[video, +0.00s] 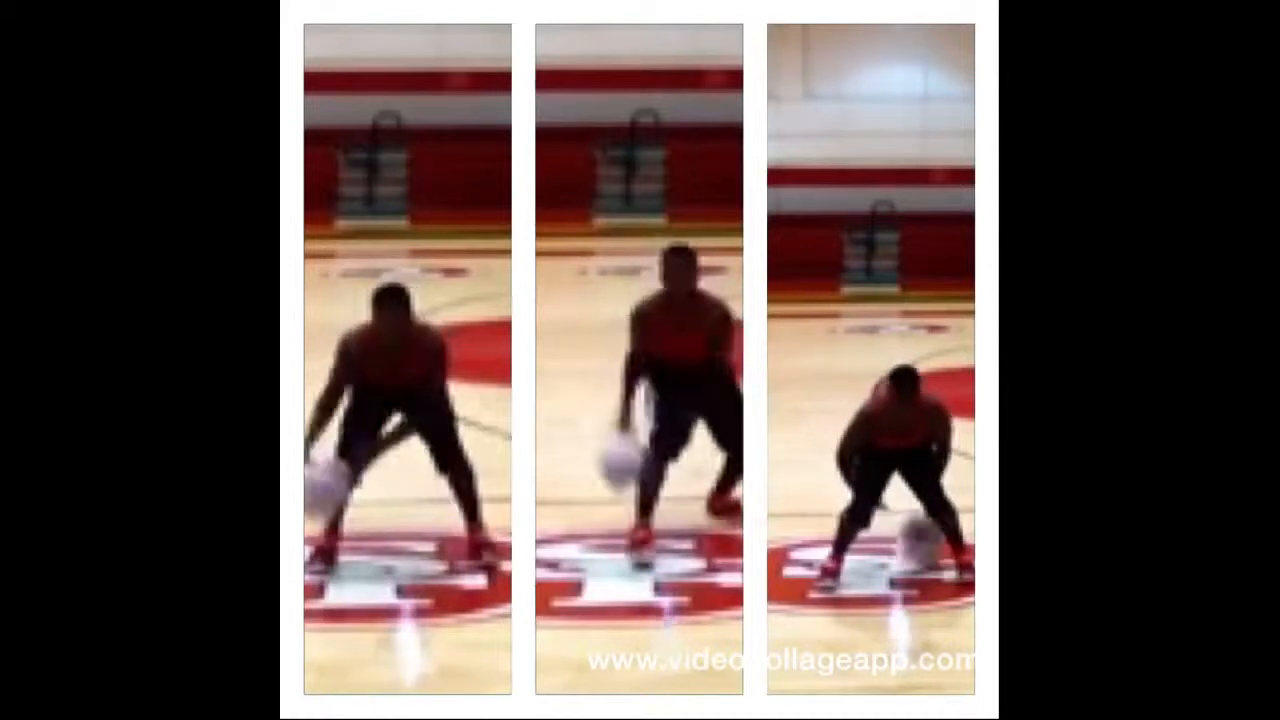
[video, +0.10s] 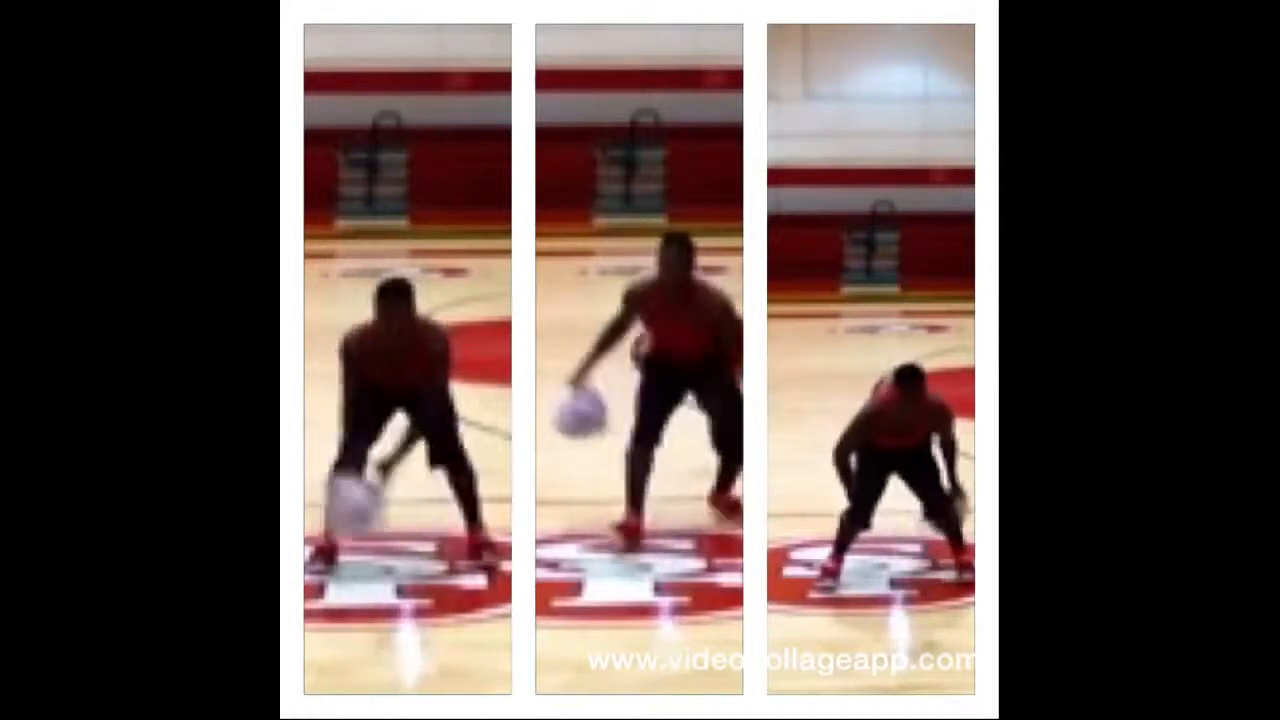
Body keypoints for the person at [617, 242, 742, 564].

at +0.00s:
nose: (678, 281)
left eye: (684, 274)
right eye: (672, 274)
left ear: (695, 274)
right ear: (663, 275)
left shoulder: (715, 313)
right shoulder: (647, 315)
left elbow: (726, 363)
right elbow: (634, 364)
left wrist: (734, 400)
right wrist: (626, 413)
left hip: (711, 383)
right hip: (670, 386)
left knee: (741, 444)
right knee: (664, 445)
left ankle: (720, 497)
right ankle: (643, 521)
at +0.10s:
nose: (673, 271)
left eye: (680, 264)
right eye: (667, 263)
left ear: (691, 264)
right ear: (658, 263)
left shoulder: (713, 302)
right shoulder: (642, 296)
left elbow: (738, 345)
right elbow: (617, 329)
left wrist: (739, 380)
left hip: (709, 369)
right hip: (663, 367)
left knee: (735, 437)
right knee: (642, 441)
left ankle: (721, 493)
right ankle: (634, 516)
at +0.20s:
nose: (671, 269)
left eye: (678, 262)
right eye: (665, 261)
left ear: (690, 263)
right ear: (658, 260)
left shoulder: (712, 298)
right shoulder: (637, 292)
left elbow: (740, 339)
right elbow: (599, 328)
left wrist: (739, 382)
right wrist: (568, 372)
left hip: (704, 367)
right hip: (659, 364)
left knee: (719, 428)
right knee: (627, 431)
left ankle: (736, 486)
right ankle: (634, 498)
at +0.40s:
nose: (677, 284)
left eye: (683, 276)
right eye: (671, 276)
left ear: (694, 277)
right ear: (661, 277)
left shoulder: (711, 316)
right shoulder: (640, 317)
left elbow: (725, 367)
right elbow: (642, 372)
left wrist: (732, 409)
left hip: (692, 384)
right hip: (646, 383)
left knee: (704, 440)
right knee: (607, 445)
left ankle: (734, 510)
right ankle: (632, 499)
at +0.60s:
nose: (685, 269)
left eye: (690, 261)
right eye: (678, 262)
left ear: (700, 261)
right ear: (666, 263)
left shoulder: (717, 284)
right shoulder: (648, 297)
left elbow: (754, 306)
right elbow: (611, 342)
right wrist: (607, 399)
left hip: (695, 356)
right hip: (650, 360)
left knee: (732, 420)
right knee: (634, 424)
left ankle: (729, 495)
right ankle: (623, 492)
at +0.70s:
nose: (678, 272)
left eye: (684, 264)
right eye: (671, 264)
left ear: (695, 265)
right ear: (661, 266)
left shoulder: (716, 300)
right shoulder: (643, 308)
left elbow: (740, 345)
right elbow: (619, 360)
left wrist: (748, 387)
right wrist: (620, 413)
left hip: (701, 364)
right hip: (657, 369)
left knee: (738, 426)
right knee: (648, 437)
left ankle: (719, 483)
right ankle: (638, 515)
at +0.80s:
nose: (676, 285)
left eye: (682, 277)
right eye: (670, 277)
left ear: (692, 278)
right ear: (659, 279)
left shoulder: (713, 316)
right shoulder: (642, 321)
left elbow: (717, 374)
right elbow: (632, 377)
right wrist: (635, 424)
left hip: (704, 383)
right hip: (663, 386)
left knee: (744, 432)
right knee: (660, 445)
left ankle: (718, 484)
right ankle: (646, 516)